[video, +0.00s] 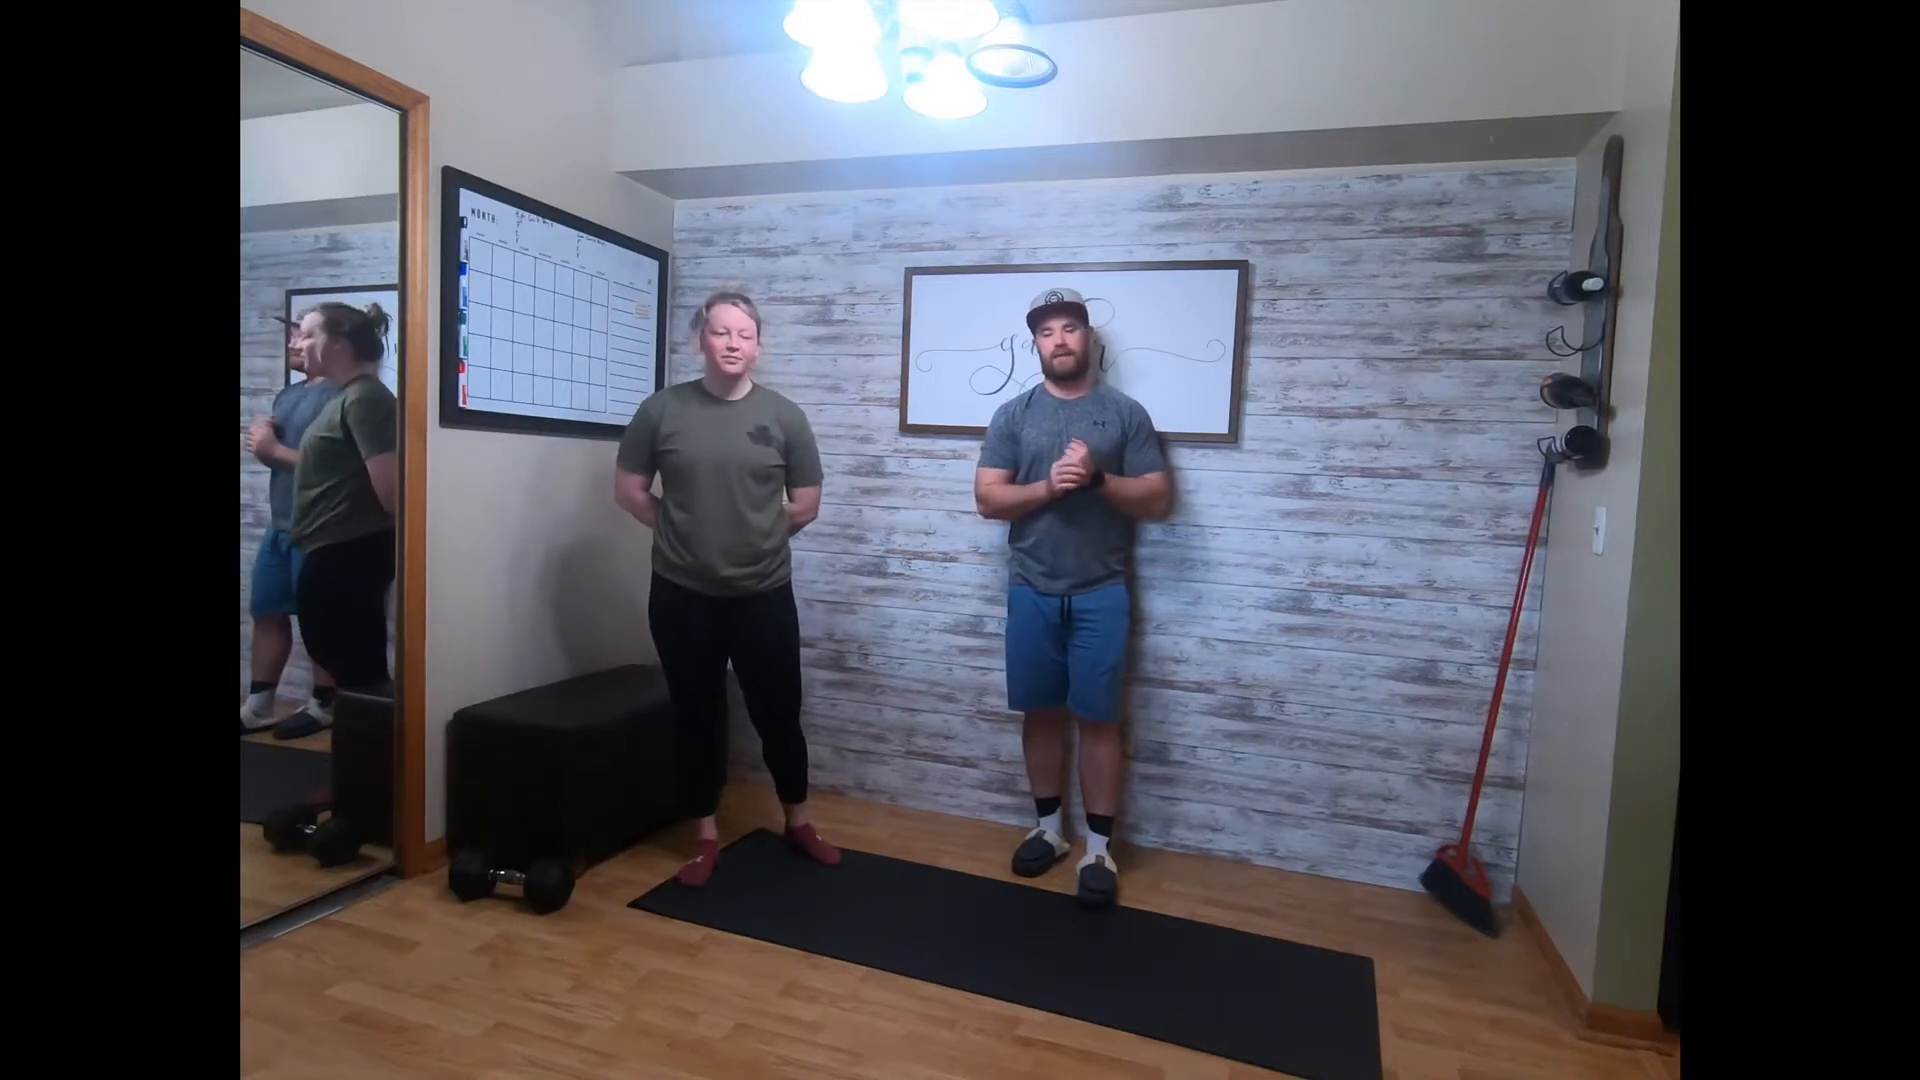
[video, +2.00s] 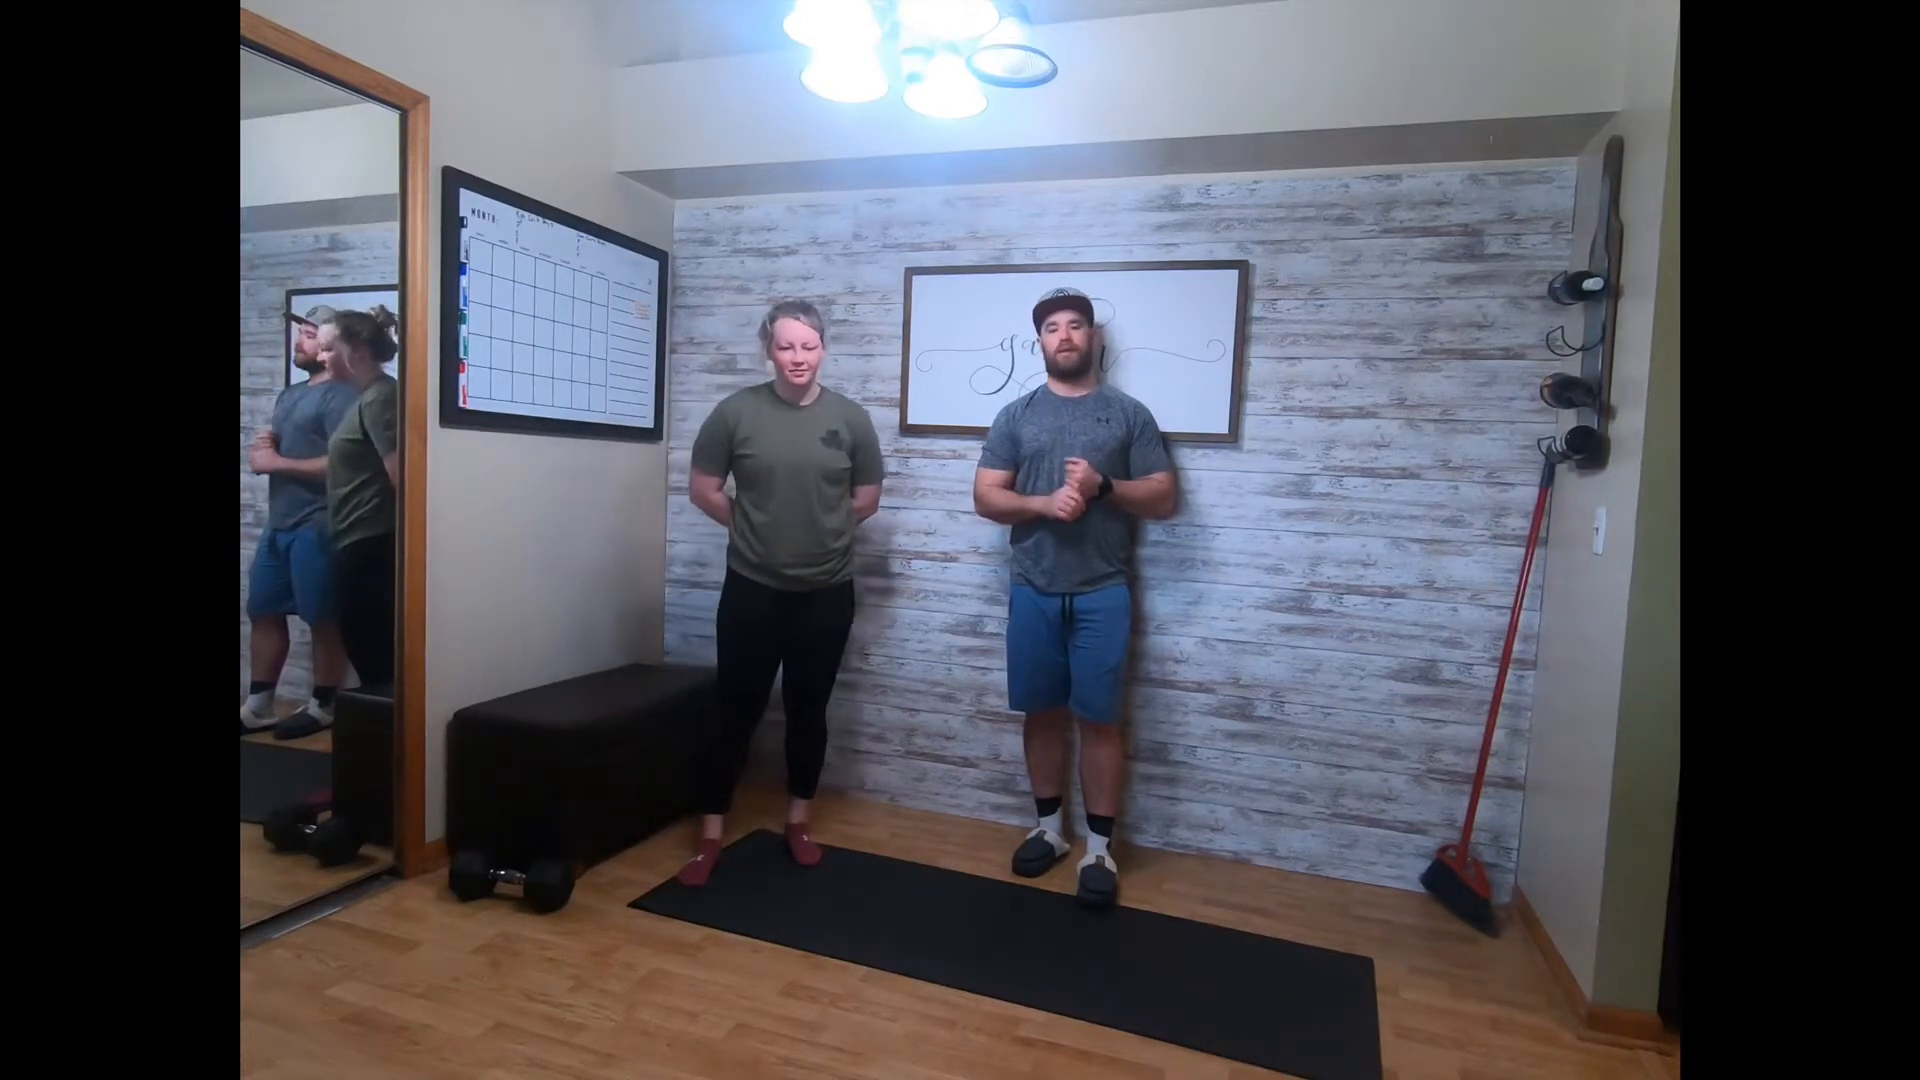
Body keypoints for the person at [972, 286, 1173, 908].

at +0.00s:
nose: (1060, 339)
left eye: (1070, 329)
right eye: (1048, 332)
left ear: (1089, 339)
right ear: (1035, 346)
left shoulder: (1124, 413)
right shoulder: (1013, 415)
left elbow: (1158, 500)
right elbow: (988, 498)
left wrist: (1100, 479)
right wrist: (1048, 487)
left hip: (1101, 584)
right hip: (1031, 584)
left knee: (1097, 714)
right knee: (1040, 709)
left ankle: (1098, 850)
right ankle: (1049, 830)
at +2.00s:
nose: (1064, 335)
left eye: (1075, 326)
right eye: (1052, 329)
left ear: (1094, 338)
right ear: (1039, 343)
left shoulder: (1127, 414)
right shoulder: (1015, 417)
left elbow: (1163, 499)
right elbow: (987, 497)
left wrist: (1104, 488)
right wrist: (1042, 503)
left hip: (1102, 585)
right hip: (1033, 585)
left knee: (1098, 716)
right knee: (1041, 711)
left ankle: (1098, 850)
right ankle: (1049, 831)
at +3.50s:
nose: (1072, 337)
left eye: (1083, 328)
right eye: (1061, 328)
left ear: (1099, 342)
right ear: (1045, 342)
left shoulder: (1126, 403)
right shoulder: (1014, 398)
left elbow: (1206, 400)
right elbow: (934, 397)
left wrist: (1214, 322)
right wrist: (940, 322)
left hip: (1094, 584)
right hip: (1024, 582)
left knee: (1095, 716)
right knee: (1036, 711)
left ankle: (1098, 851)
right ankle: (1047, 832)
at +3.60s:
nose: (1072, 335)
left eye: (1083, 327)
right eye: (1061, 327)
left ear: (1100, 340)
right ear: (1045, 341)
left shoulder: (1126, 397)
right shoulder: (1016, 393)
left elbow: (1197, 354)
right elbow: (940, 358)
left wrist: (1218, 274)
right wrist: (937, 278)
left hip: (1093, 577)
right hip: (1024, 576)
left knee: (1094, 713)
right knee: (1034, 708)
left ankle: (1098, 849)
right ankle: (1048, 829)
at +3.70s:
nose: (1071, 337)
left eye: (1082, 328)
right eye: (1059, 328)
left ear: (1100, 339)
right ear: (1044, 341)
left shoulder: (1124, 394)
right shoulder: (1019, 391)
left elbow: (1184, 337)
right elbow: (951, 341)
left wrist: (1215, 256)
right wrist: (935, 260)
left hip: (1093, 574)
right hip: (1024, 572)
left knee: (1094, 712)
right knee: (1035, 707)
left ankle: (1097, 848)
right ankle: (1047, 829)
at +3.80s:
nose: (1069, 338)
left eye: (1080, 329)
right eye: (1058, 330)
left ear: (1099, 341)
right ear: (1043, 344)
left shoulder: (1125, 396)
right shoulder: (1018, 393)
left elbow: (1191, 341)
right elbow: (944, 350)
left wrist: (1206, 260)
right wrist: (938, 270)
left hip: (1093, 578)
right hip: (1024, 576)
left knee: (1094, 714)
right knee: (1035, 708)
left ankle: (1097, 848)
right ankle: (1048, 830)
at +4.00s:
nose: (1064, 336)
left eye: (1076, 327)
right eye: (1053, 328)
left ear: (1093, 339)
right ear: (1038, 340)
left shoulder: (1122, 408)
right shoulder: (1012, 404)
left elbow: (1199, 440)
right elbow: (937, 443)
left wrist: (1185, 376)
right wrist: (942, 378)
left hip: (1094, 579)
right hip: (1024, 577)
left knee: (1093, 715)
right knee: (1036, 709)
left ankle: (1097, 851)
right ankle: (1048, 831)